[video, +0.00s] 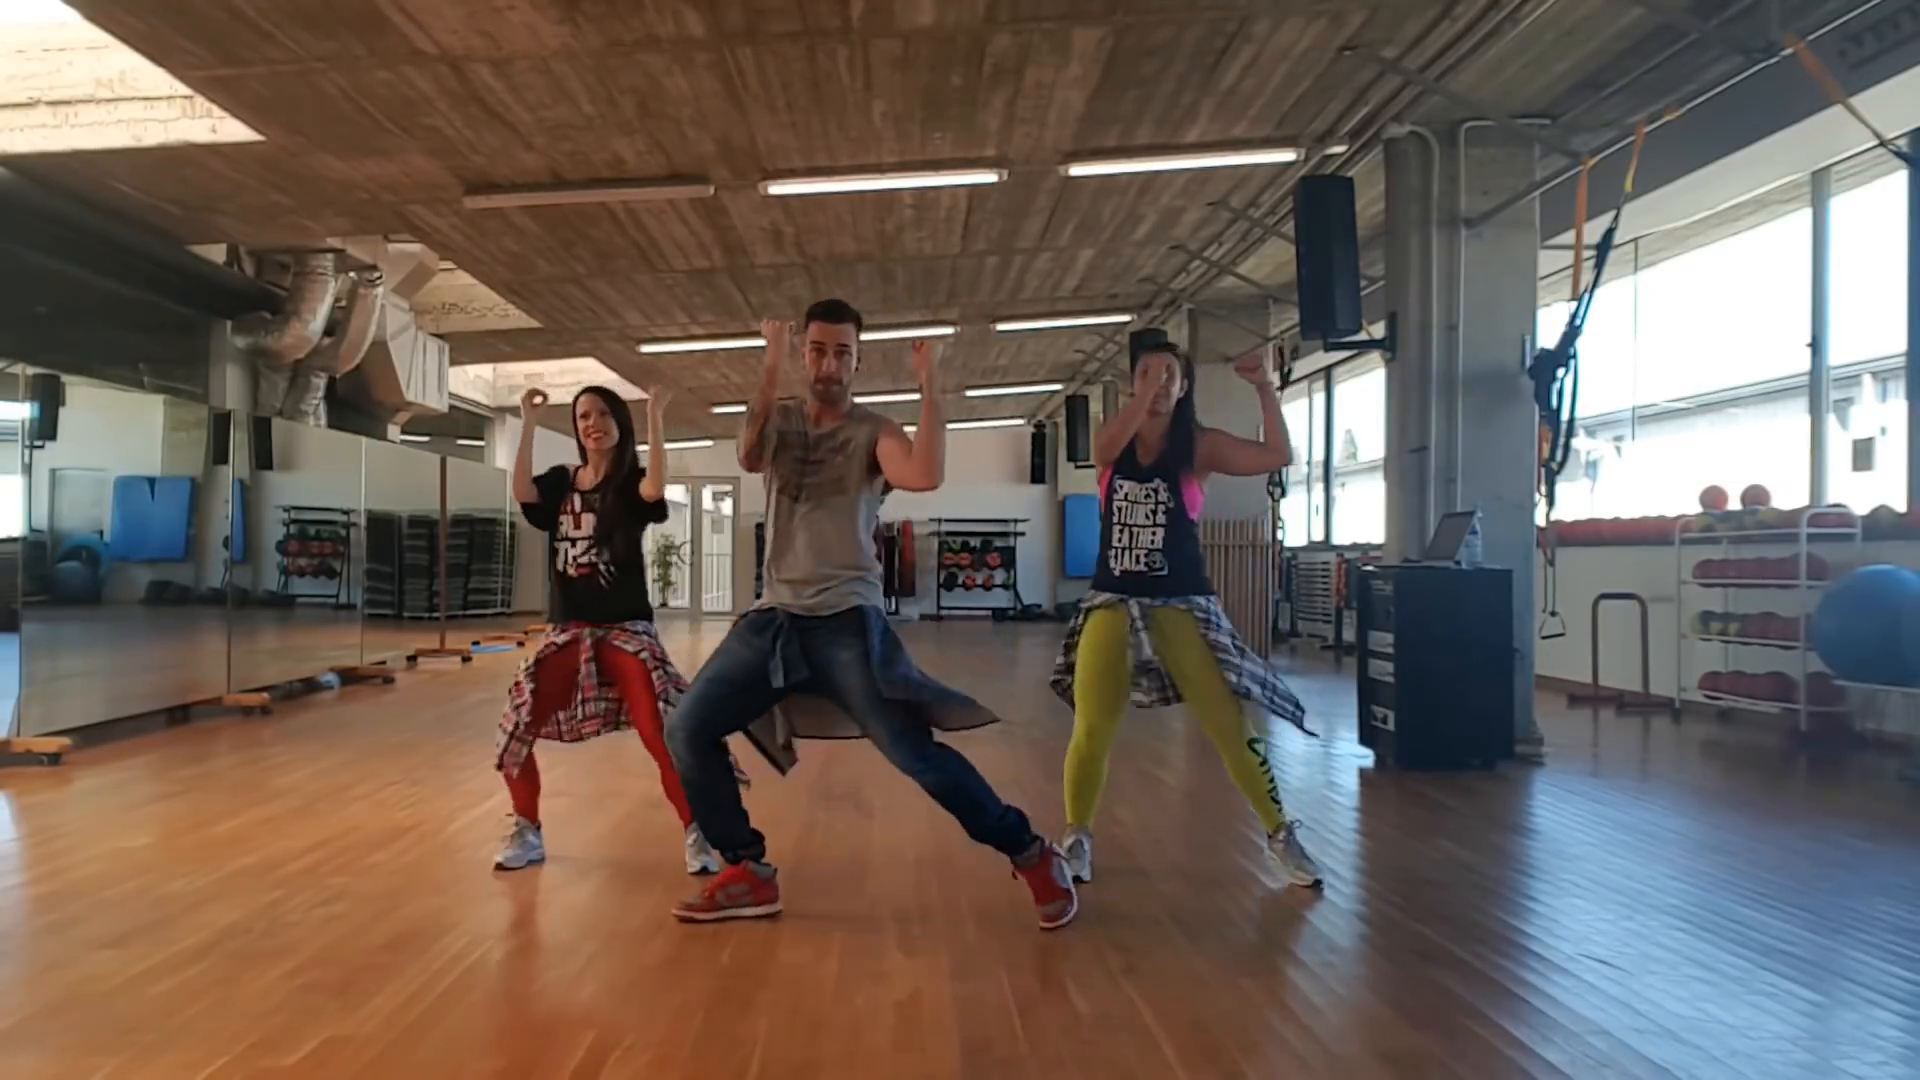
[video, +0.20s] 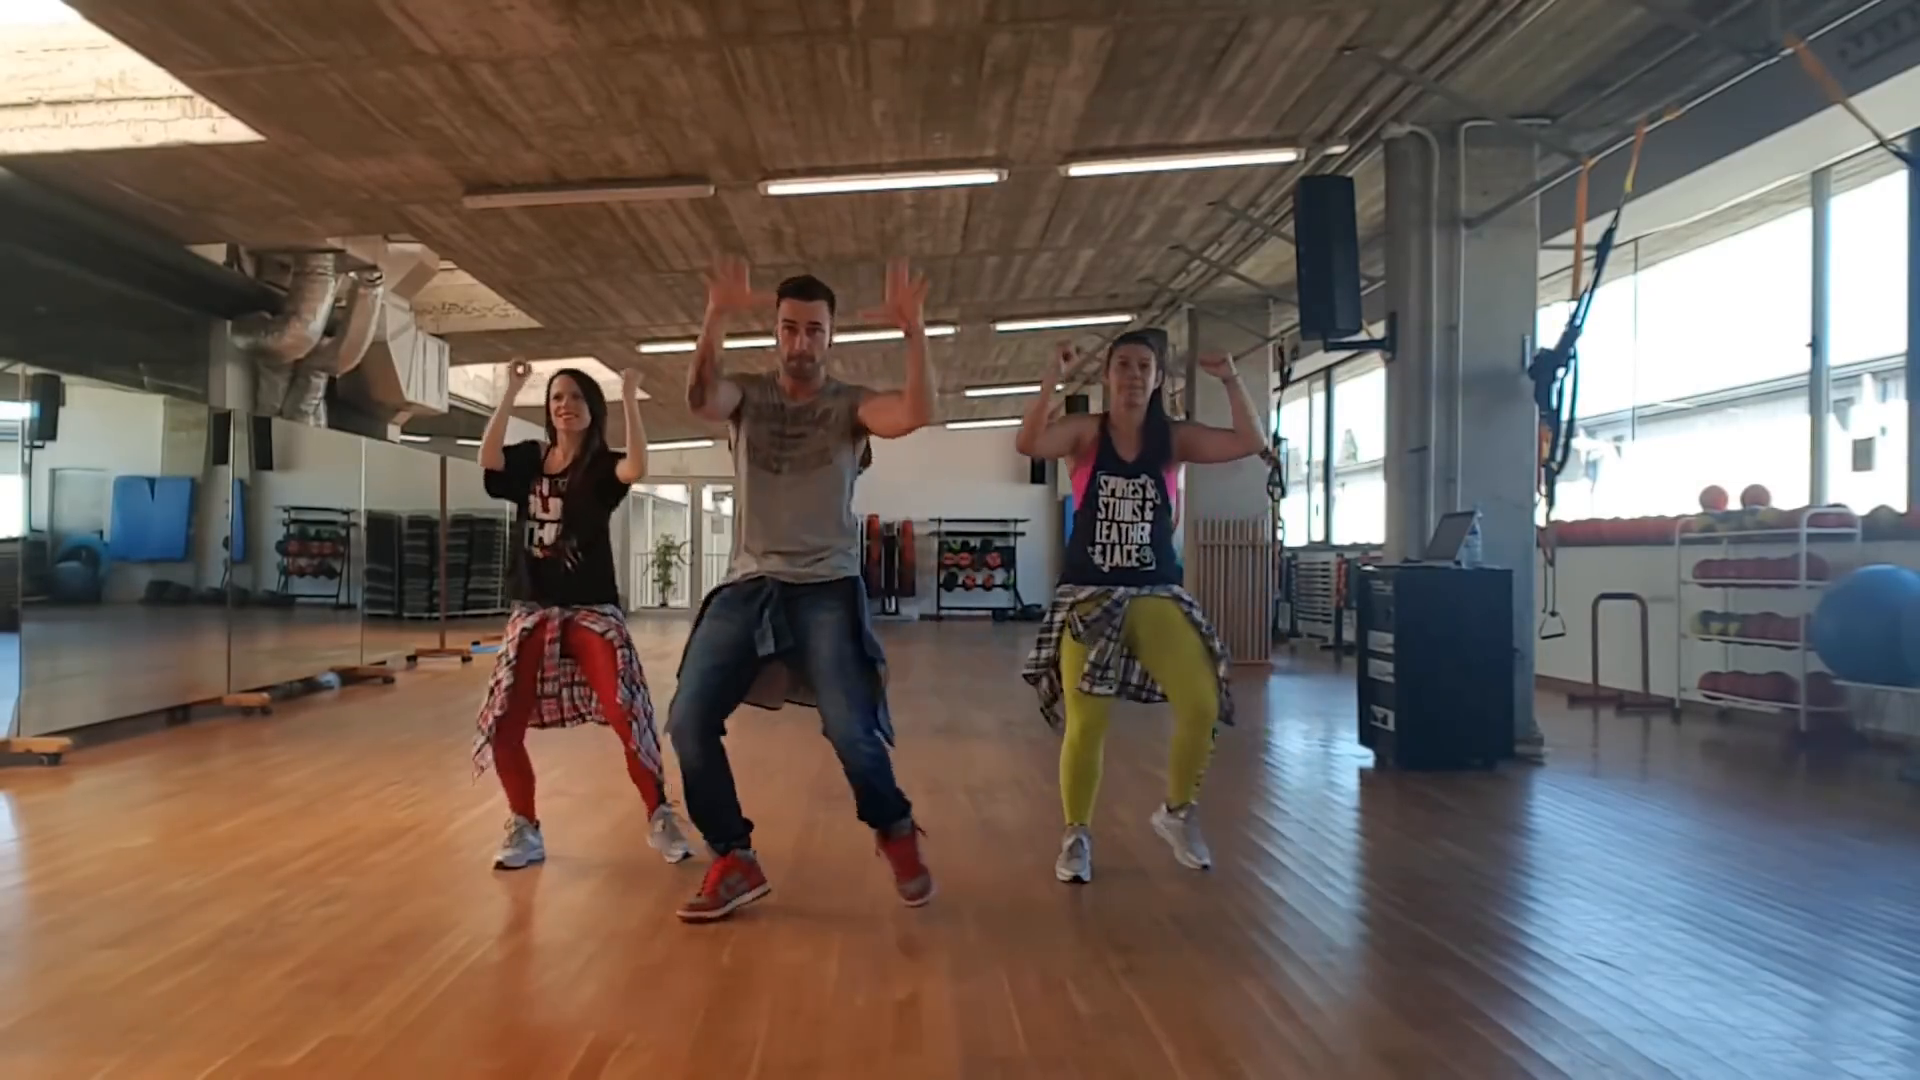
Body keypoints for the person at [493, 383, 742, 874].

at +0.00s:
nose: (592, 423)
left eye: (600, 415)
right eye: (584, 417)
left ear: (620, 423)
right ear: (574, 428)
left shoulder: (631, 481)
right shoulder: (563, 480)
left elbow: (654, 491)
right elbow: (521, 491)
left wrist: (653, 417)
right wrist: (529, 425)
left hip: (626, 628)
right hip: (569, 629)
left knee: (656, 729)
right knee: (516, 720)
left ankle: (696, 831)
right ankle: (527, 832)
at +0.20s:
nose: (565, 404)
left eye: (575, 397)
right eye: (558, 397)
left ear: (594, 409)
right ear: (547, 410)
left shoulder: (603, 463)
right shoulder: (532, 458)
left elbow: (636, 468)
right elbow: (489, 461)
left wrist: (630, 398)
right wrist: (509, 393)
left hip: (591, 606)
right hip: (532, 606)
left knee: (623, 708)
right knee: (503, 725)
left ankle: (661, 818)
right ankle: (525, 829)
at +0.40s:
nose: (557, 411)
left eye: (567, 405)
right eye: (548, 405)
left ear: (584, 417)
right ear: (537, 416)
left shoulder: (593, 476)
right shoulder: (518, 472)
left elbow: (627, 472)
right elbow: (485, 467)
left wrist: (627, 405)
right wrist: (508, 402)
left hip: (575, 616)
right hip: (516, 614)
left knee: (590, 724)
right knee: (494, 739)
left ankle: (598, 801)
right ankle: (524, 831)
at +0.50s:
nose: (558, 421)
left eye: (567, 414)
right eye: (549, 415)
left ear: (586, 425)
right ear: (539, 426)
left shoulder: (594, 484)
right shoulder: (525, 474)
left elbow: (619, 470)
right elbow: (497, 454)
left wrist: (616, 403)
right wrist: (514, 395)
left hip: (575, 617)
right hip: (518, 615)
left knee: (582, 727)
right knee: (487, 738)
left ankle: (586, 810)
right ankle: (524, 831)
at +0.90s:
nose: (607, 420)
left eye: (615, 412)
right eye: (597, 413)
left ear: (631, 422)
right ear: (585, 425)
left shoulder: (645, 479)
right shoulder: (569, 480)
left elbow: (666, 465)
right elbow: (525, 476)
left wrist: (647, 402)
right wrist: (544, 405)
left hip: (651, 626)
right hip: (595, 631)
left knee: (703, 722)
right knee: (559, 732)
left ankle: (681, 837)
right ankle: (490, 817)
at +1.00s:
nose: (623, 416)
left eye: (631, 409)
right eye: (613, 411)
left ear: (648, 420)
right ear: (604, 425)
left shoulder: (664, 473)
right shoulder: (591, 477)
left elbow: (688, 459)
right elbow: (546, 470)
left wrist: (662, 396)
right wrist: (563, 402)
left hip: (678, 618)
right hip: (621, 624)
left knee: (716, 725)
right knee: (591, 733)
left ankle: (682, 831)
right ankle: (515, 806)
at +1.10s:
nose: (633, 402)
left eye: (642, 395)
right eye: (624, 397)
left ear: (660, 407)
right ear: (615, 412)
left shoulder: (679, 460)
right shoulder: (603, 468)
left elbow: (705, 442)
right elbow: (547, 449)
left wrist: (677, 388)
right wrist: (567, 385)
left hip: (692, 607)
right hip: (634, 610)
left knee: (712, 721)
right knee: (611, 714)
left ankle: (683, 828)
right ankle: (593, 788)